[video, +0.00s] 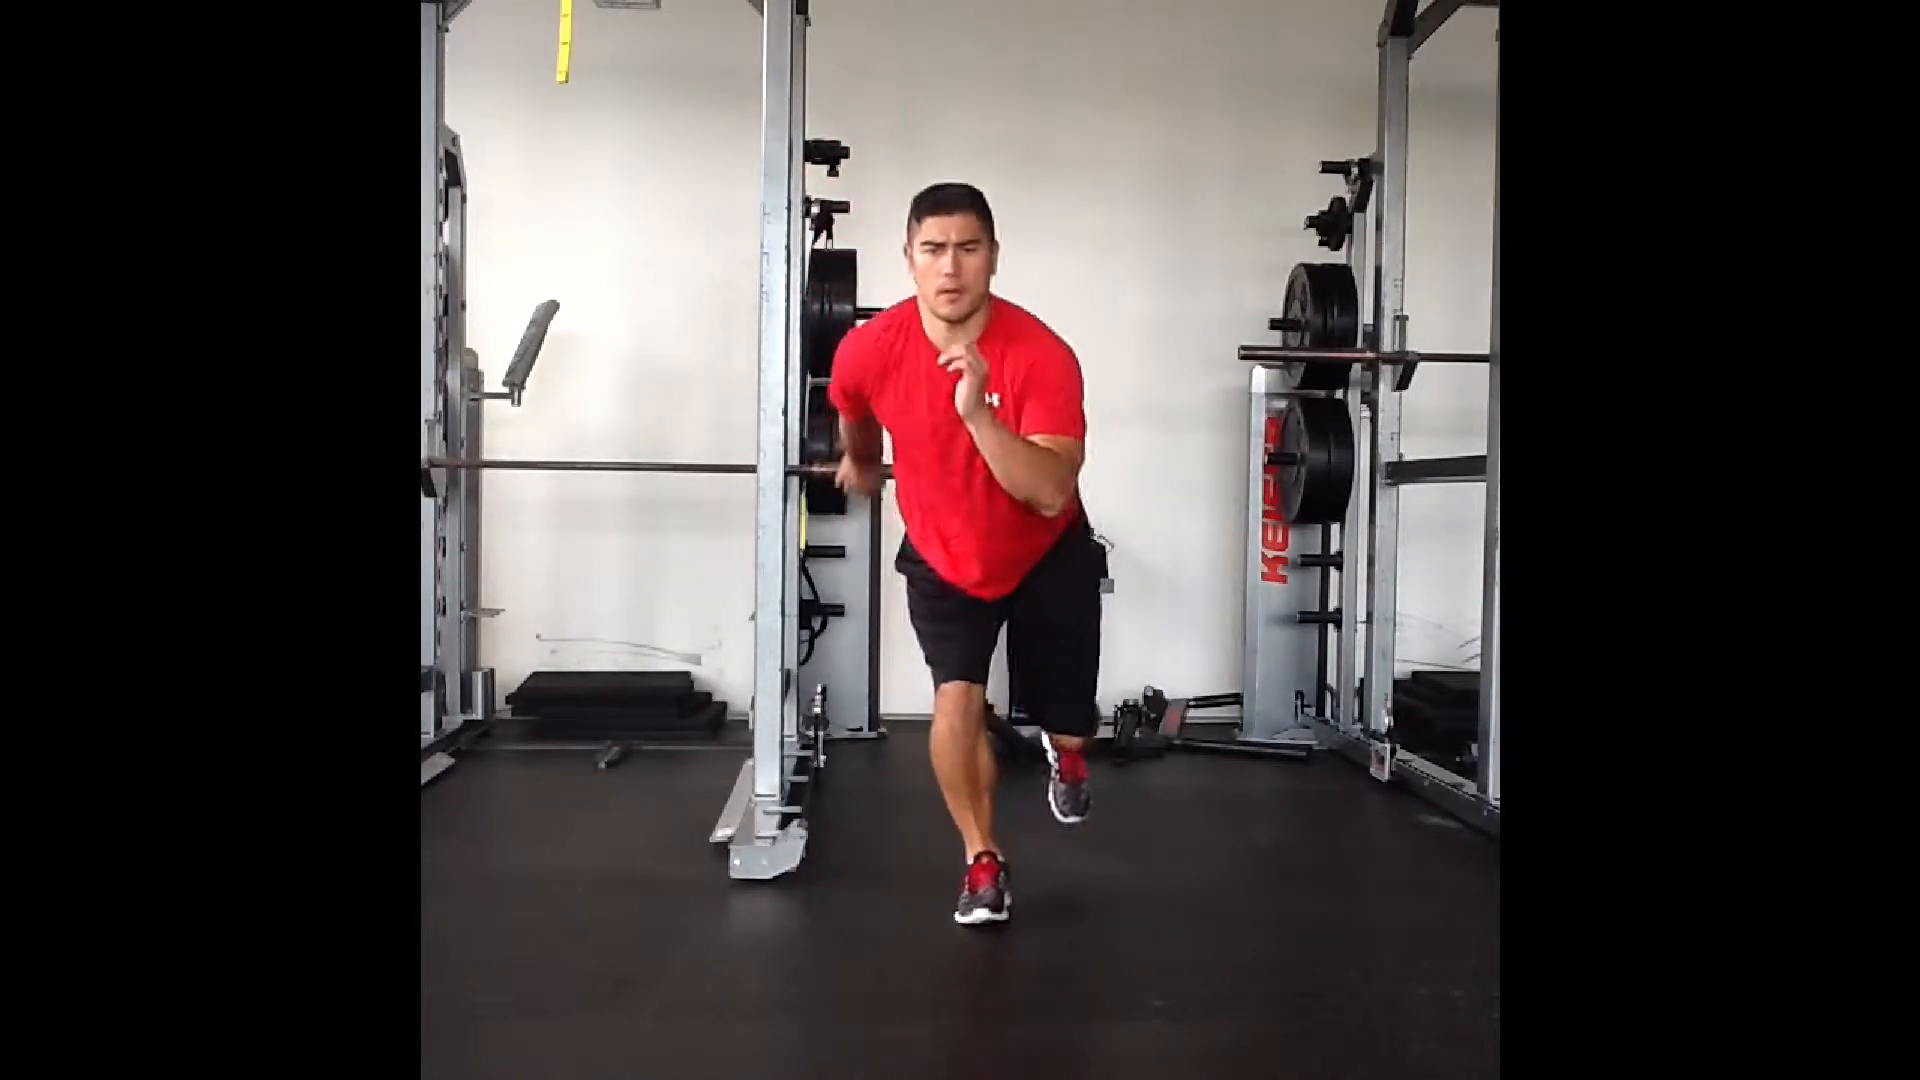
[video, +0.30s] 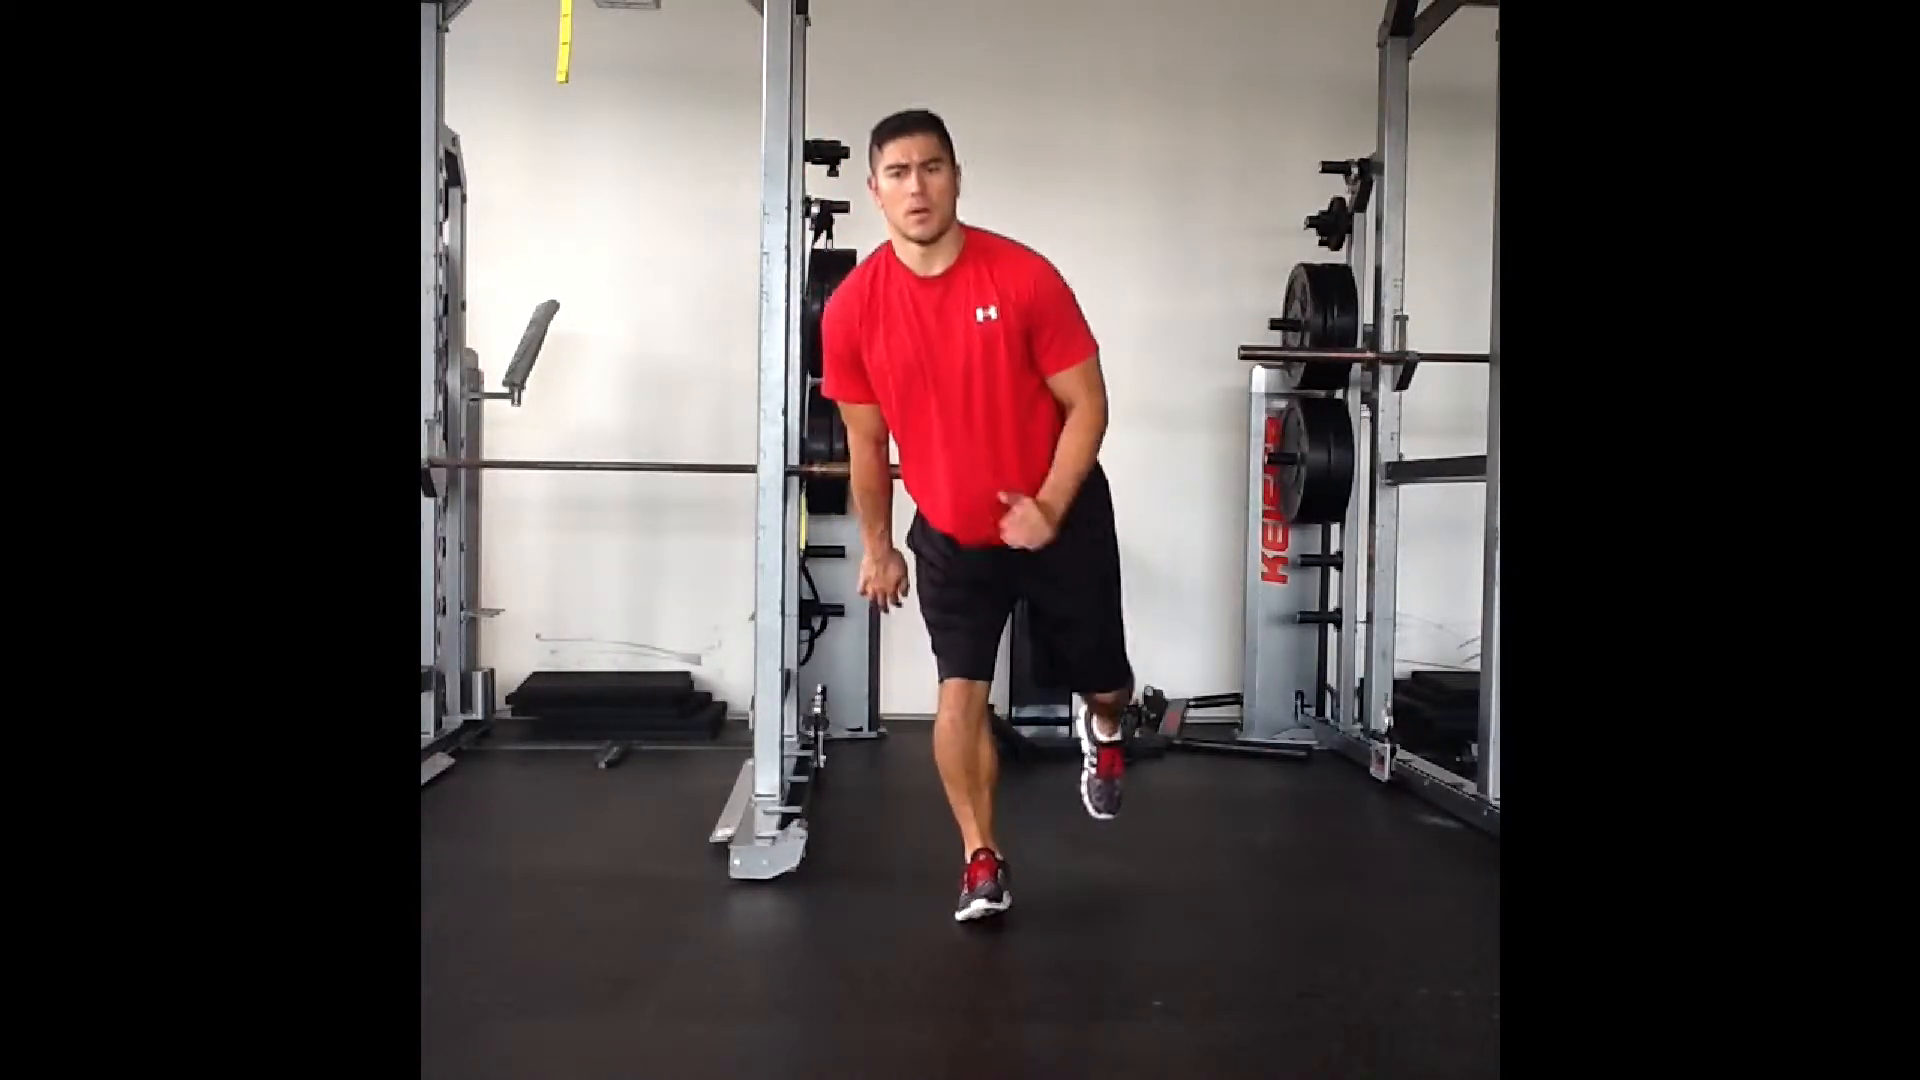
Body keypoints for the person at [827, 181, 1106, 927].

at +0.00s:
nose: (951, 268)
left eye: (968, 249)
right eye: (933, 250)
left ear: (993, 258)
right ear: (909, 260)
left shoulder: (1042, 357)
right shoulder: (870, 350)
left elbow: (1053, 492)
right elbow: (851, 411)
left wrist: (977, 416)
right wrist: (859, 464)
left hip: (1049, 552)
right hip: (943, 558)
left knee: (1065, 710)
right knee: (957, 698)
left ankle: (1067, 752)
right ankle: (981, 860)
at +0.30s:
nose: (917, 186)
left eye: (932, 168)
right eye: (898, 172)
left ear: (957, 179)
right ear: (876, 192)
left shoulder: (1026, 278)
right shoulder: (852, 310)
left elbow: (1089, 405)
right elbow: (866, 441)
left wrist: (1051, 505)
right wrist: (878, 547)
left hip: (1063, 512)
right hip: (955, 532)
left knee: (1102, 673)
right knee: (959, 692)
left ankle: (1103, 734)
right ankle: (981, 860)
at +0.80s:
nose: (939, 128)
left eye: (955, 110)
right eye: (924, 113)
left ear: (987, 118)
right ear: (905, 126)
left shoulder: (1047, 227)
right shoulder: (869, 242)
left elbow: (1092, 357)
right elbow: (850, 377)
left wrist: (1110, 478)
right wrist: (856, 498)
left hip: (1052, 484)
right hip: (943, 498)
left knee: (1085, 661)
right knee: (964, 680)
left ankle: (1113, 747)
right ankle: (984, 858)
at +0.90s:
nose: (947, 127)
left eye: (964, 109)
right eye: (930, 112)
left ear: (993, 117)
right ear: (910, 125)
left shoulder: (1049, 227)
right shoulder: (871, 239)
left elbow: (1094, 357)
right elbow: (852, 377)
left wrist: (1109, 480)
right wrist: (855, 499)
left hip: (1049, 484)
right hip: (939, 497)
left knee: (1077, 663)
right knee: (960, 680)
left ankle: (1097, 754)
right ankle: (982, 859)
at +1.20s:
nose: (955, 122)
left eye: (972, 106)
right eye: (939, 106)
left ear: (999, 118)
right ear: (917, 120)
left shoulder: (1054, 229)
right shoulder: (875, 238)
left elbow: (1096, 358)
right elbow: (854, 376)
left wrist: (1114, 481)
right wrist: (861, 495)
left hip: (1046, 489)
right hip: (936, 500)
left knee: (1075, 669)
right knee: (960, 684)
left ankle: (1095, 762)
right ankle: (983, 859)